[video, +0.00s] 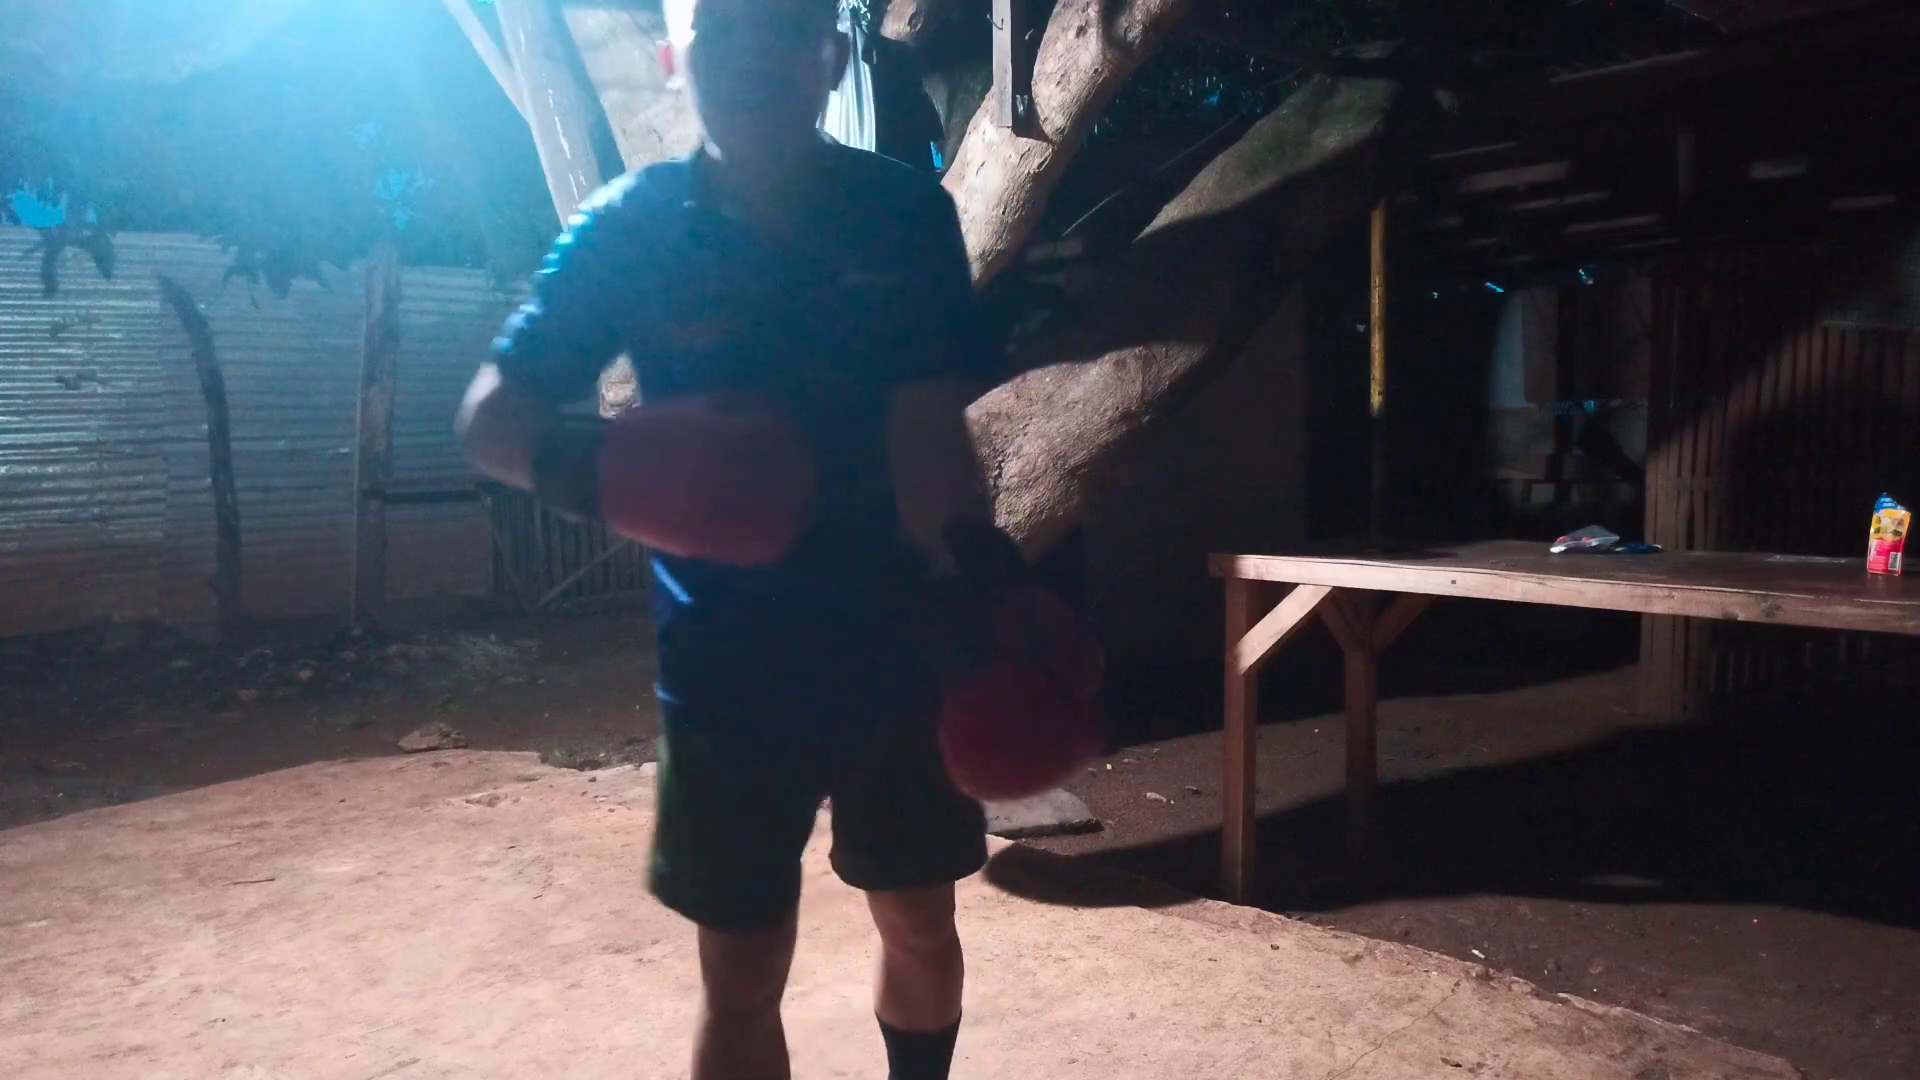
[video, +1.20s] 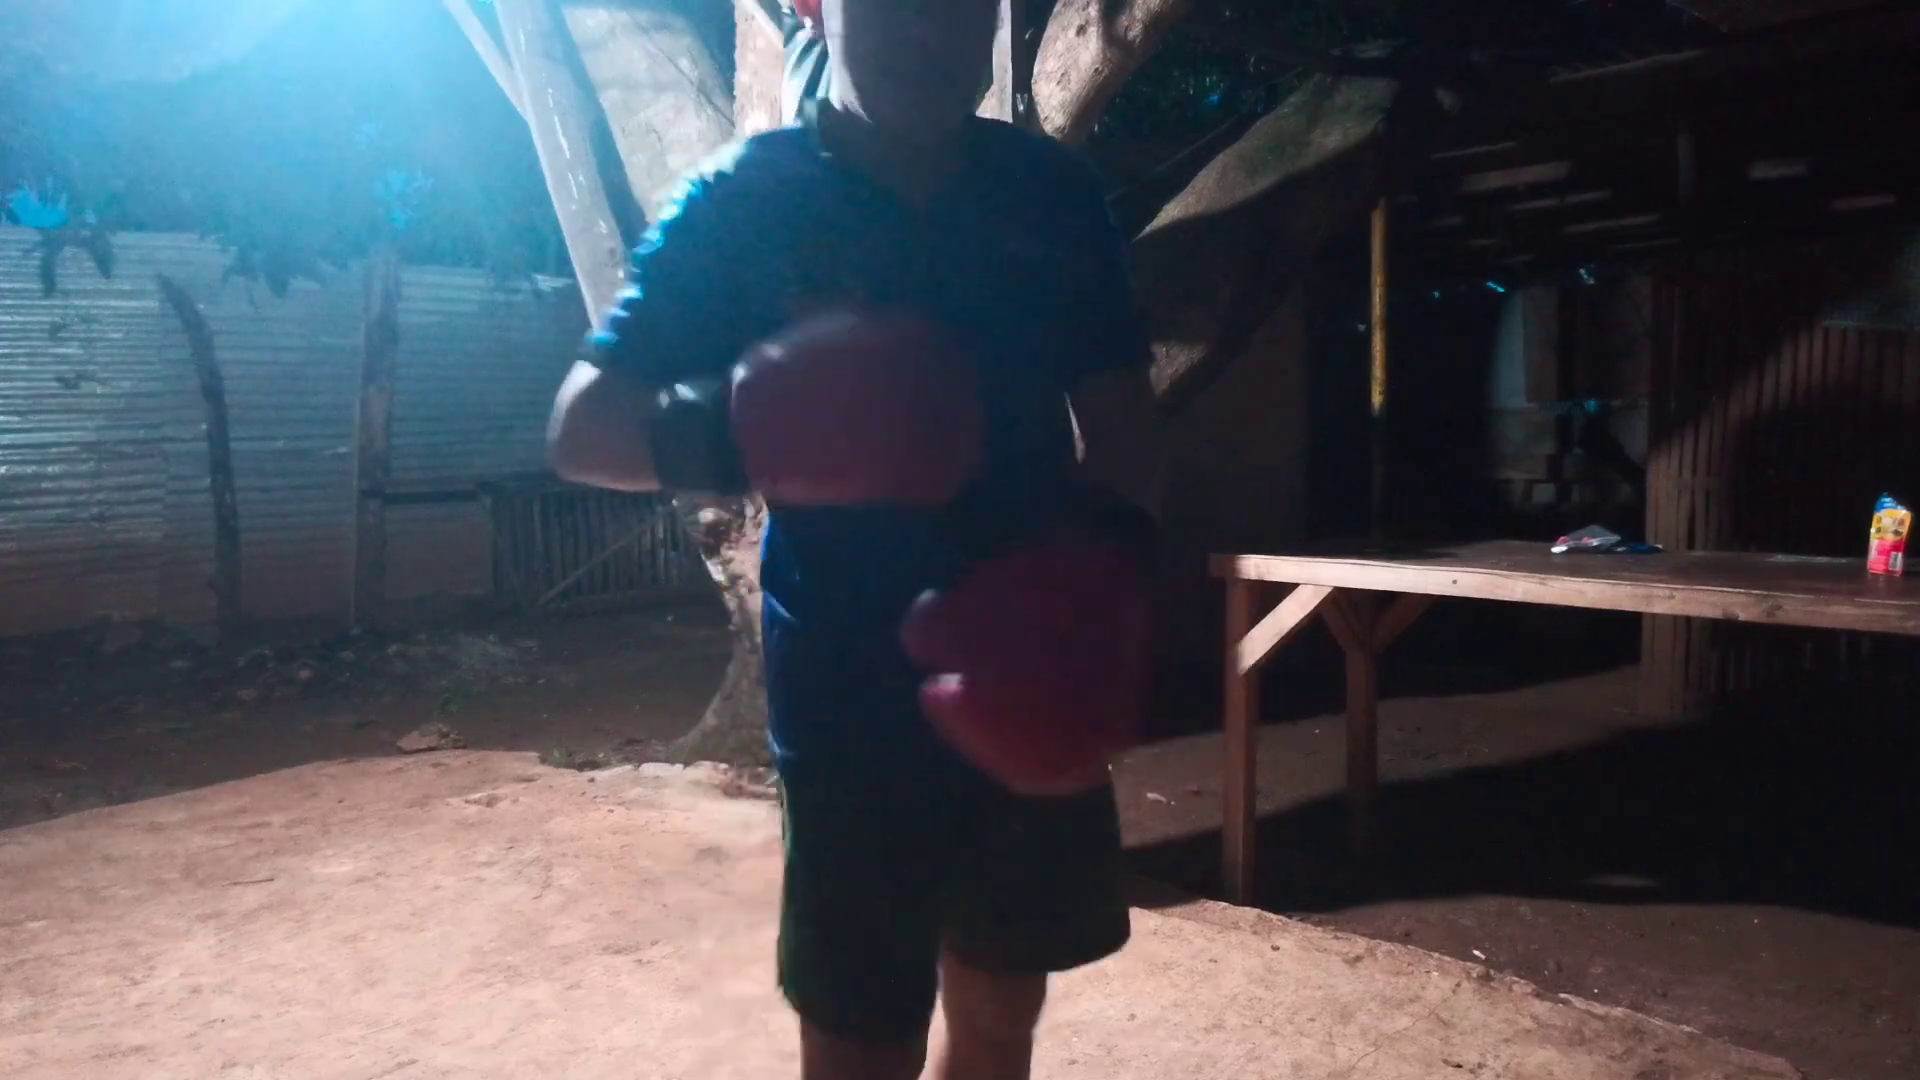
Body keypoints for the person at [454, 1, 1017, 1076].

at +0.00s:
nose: (758, 61)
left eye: (789, 34)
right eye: (727, 35)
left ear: (836, 60)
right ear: (681, 62)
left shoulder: (898, 205)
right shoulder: (630, 225)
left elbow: (928, 428)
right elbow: (493, 415)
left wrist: (996, 587)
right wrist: (621, 470)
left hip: (896, 623)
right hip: (729, 642)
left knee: (921, 926)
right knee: (741, 976)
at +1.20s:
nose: (931, 24)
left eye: (960, 2)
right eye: (895, 1)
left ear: (997, 19)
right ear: (818, 14)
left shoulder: (1053, 191)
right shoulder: (753, 195)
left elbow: (1121, 426)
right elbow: (582, 432)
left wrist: (1102, 591)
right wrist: (767, 426)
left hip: (1034, 665)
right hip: (847, 687)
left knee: (1000, 1003)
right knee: (862, 1046)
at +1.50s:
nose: (951, 12)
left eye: (966, 3)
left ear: (979, 6)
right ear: (815, 2)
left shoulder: (1018, 141)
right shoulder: (702, 135)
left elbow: (1106, 394)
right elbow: (599, 390)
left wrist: (1057, 533)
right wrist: (849, 317)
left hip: (1025, 678)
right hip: (817, 702)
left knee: (1070, 1030)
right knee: (831, 1056)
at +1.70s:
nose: (959, 18)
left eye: (979, 4)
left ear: (997, 7)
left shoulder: (1042, 130)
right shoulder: (721, 107)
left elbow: (1124, 356)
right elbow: (738, 341)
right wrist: (1011, 330)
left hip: (1039, 681)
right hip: (830, 694)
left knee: (1059, 1033)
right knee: (830, 1057)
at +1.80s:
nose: (977, 9)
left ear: (1027, 7)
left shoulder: (1071, 141)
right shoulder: (748, 105)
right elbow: (778, 328)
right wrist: (1057, 333)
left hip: (1058, 688)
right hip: (853, 690)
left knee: (1074, 1026)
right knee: (849, 1054)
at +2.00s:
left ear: (1054, 3)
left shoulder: (1128, 148)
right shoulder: (816, 106)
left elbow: (1209, 383)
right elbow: (865, 315)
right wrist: (1108, 400)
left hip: (1094, 660)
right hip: (892, 659)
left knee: (1079, 979)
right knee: (905, 1032)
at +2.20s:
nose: (1017, 4)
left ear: (1085, 7)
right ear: (926, 4)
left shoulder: (1160, 163)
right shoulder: (857, 143)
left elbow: (1217, 413)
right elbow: (788, 389)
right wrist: (1018, 426)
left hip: (1122, 652)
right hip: (926, 655)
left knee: (1089, 1005)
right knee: (941, 1036)